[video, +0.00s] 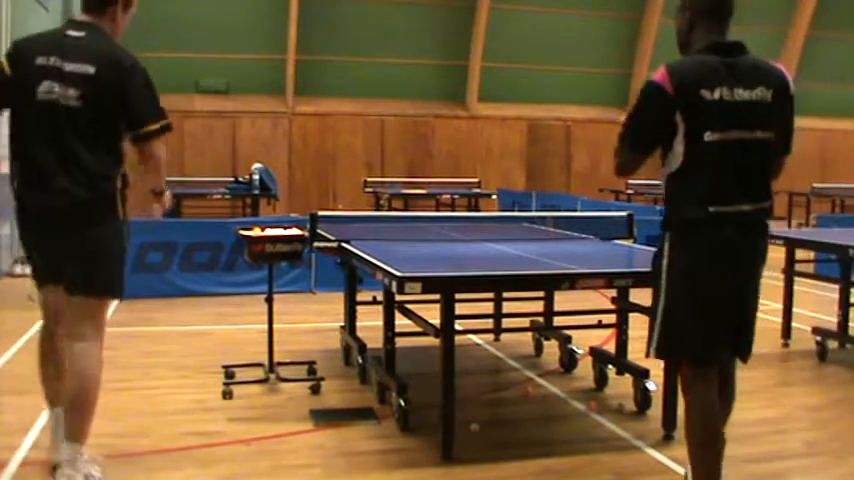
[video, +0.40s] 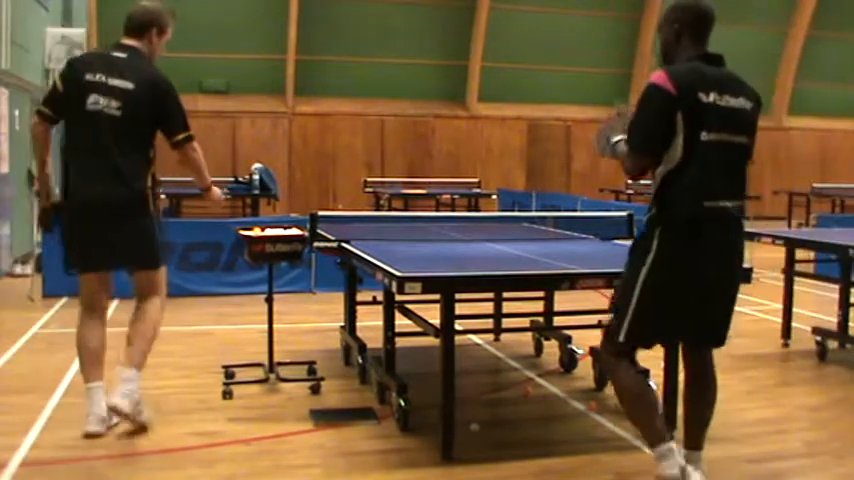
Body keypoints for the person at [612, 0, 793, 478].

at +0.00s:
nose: (675, 26)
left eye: (677, 17)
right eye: (677, 17)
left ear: (688, 19)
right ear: (727, 20)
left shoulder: (673, 80)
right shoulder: (776, 80)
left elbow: (625, 163)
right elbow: (774, 162)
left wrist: (655, 119)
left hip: (696, 233)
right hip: (750, 233)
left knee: (696, 363)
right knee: (724, 356)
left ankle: (705, 472)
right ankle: (708, 465)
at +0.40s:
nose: (659, 42)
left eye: (661, 34)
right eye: (660, 34)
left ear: (674, 32)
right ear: (707, 34)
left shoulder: (668, 84)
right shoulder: (746, 93)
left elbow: (636, 166)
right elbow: (730, 163)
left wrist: (614, 141)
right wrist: (655, 137)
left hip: (674, 233)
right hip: (727, 236)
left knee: (617, 351)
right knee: (698, 351)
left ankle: (670, 462)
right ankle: (692, 465)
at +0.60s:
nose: (642, 48)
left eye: (642, 41)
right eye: (643, 41)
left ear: (650, 39)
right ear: (688, 36)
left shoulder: (654, 82)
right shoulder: (731, 91)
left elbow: (621, 163)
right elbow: (713, 163)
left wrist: (597, 137)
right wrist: (629, 132)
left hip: (656, 232)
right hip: (709, 234)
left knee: (609, 350)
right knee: (692, 353)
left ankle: (601, 468)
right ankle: (690, 468)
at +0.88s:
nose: (595, 48)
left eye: (597, 41)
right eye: (600, 41)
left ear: (602, 41)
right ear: (641, 39)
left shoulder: (592, 88)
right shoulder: (684, 89)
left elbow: (569, 174)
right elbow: (702, 165)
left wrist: (574, 145)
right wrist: (654, 159)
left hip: (613, 236)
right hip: (669, 235)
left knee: (576, 355)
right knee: (674, 352)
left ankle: (563, 468)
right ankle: (687, 467)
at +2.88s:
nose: (612, 75)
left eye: (614, 68)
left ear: (618, 71)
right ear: (658, 76)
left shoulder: (592, 111)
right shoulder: (688, 118)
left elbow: (571, 187)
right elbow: (696, 196)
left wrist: (599, 174)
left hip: (617, 248)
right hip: (677, 252)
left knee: (563, 356)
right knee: (699, 355)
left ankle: (536, 469)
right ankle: (716, 466)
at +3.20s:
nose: (634, 74)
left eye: (631, 67)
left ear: (626, 71)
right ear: (667, 77)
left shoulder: (593, 111)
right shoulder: (687, 117)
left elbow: (565, 183)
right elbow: (699, 197)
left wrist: (600, 196)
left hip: (603, 246)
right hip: (667, 251)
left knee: (549, 347)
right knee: (692, 356)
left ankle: (517, 465)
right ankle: (715, 466)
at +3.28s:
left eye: (632, 74)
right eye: (655, 79)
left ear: (620, 79)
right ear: (660, 83)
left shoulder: (584, 115)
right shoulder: (671, 114)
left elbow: (549, 184)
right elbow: (682, 185)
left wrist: (576, 201)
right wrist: (706, 258)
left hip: (586, 253)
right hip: (649, 255)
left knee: (537, 355)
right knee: (685, 356)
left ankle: (507, 465)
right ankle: (713, 465)